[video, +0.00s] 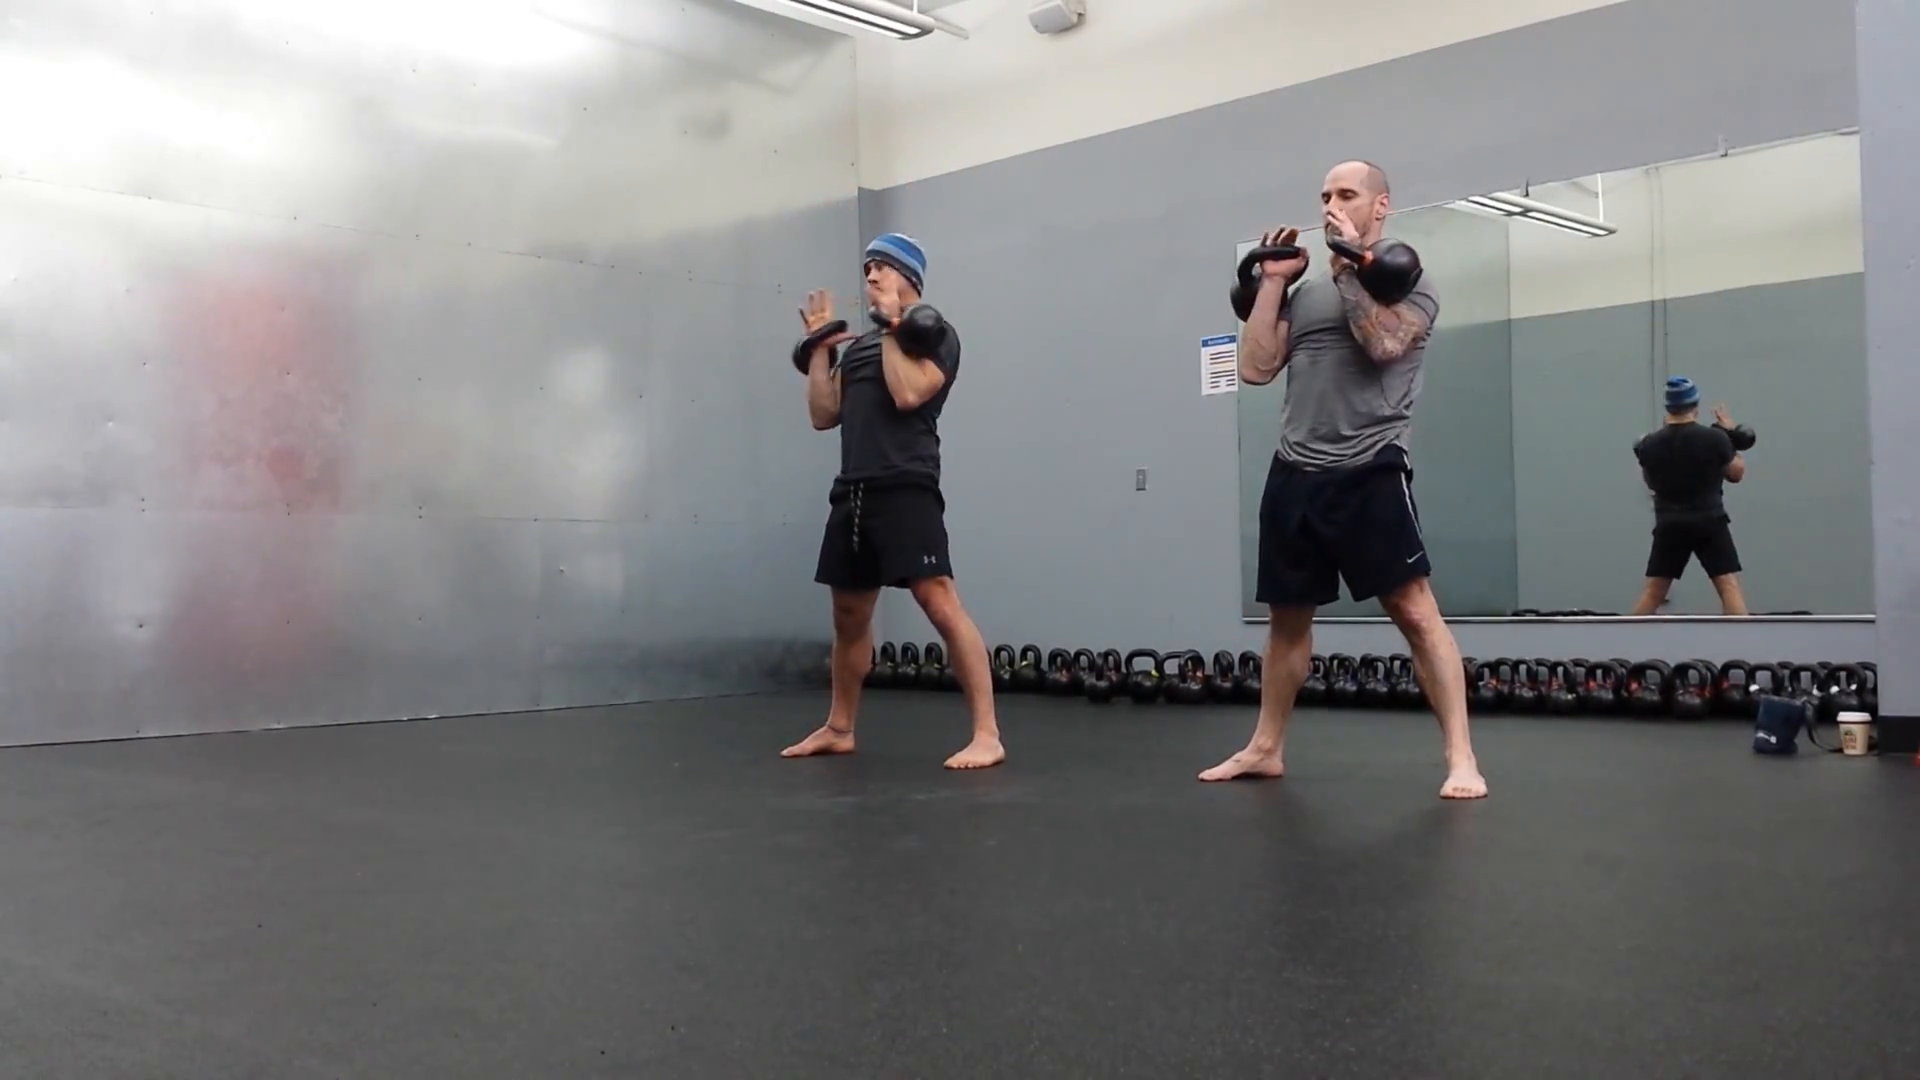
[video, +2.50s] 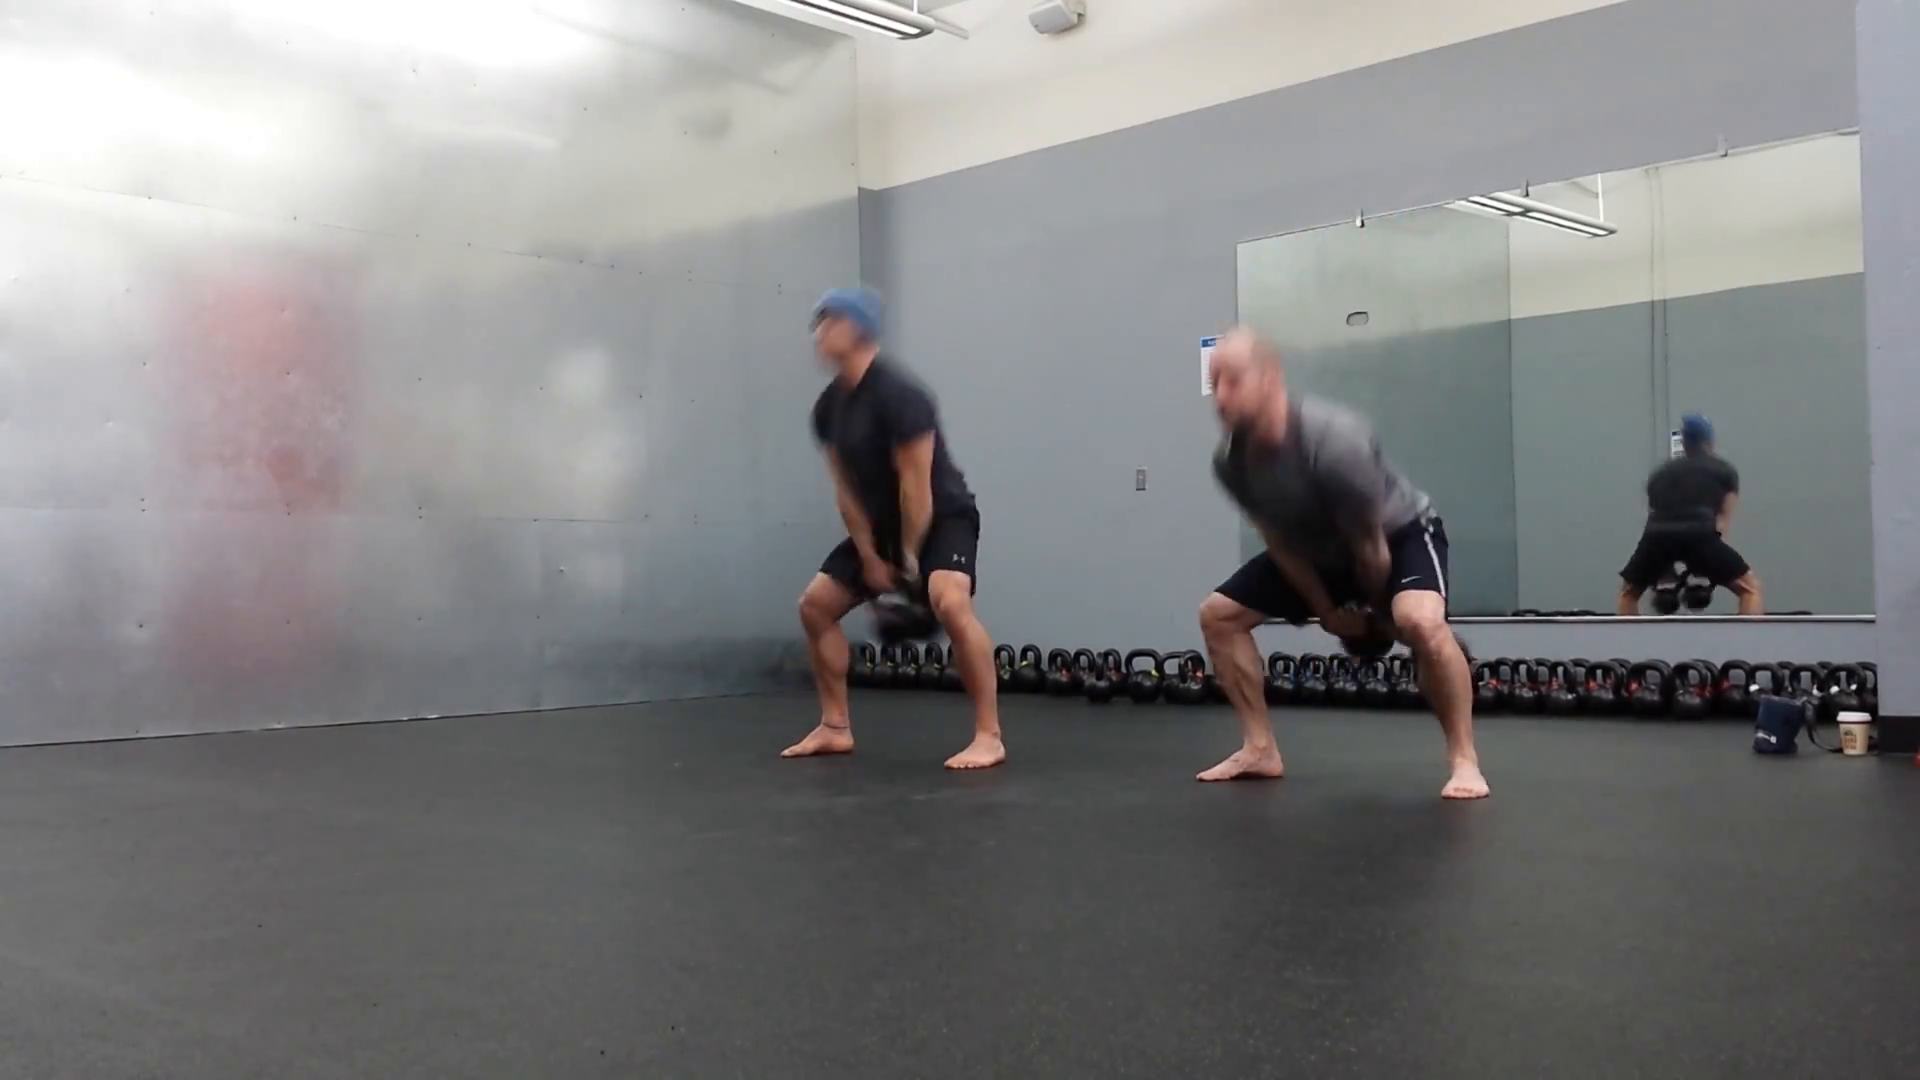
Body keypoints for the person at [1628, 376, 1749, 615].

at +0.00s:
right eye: (1695, 404)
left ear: (1667, 407)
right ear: (1695, 406)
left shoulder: (1649, 445)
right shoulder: (1713, 439)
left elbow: (1651, 483)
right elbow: (1736, 474)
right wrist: (1729, 435)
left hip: (1670, 528)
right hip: (1710, 526)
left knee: (1653, 594)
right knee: (1728, 588)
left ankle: (1623, 647)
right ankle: (1746, 647)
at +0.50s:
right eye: (1699, 428)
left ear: (1674, 428)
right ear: (1701, 428)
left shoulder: (1650, 456)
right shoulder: (1715, 453)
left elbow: (1646, 500)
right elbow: (1726, 506)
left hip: (1652, 532)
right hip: (1694, 531)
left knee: (1636, 594)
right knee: (1736, 587)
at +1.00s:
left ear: (1684, 444)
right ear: (1711, 443)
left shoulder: (1663, 473)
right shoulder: (1725, 471)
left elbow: (1654, 518)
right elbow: (1724, 519)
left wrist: (1662, 568)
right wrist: (1702, 566)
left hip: (1659, 534)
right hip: (1701, 534)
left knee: (1629, 593)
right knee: (1750, 587)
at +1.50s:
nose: (1685, 405)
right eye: (1685, 402)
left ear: (1658, 407)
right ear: (1686, 404)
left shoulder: (1641, 443)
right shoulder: (1703, 435)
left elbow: (1667, 443)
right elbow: (1736, 433)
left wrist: (1688, 424)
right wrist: (1737, 415)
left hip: (1661, 528)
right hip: (1702, 526)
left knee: (1647, 595)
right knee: (1724, 589)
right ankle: (1744, 646)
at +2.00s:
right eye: (1693, 413)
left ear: (1669, 413)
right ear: (1695, 414)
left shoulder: (1647, 445)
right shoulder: (1711, 442)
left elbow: (1647, 492)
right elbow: (1727, 488)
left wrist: (1651, 524)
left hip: (1656, 529)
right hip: (1698, 528)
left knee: (1640, 595)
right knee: (1731, 589)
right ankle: (1747, 646)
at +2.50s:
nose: (1714, 447)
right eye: (1712, 443)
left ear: (1683, 443)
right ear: (1709, 443)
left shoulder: (1661, 472)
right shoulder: (1724, 470)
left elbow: (1655, 518)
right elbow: (1724, 518)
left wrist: (1664, 572)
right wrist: (1708, 569)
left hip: (1658, 539)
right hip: (1700, 540)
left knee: (1629, 595)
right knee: (1749, 589)